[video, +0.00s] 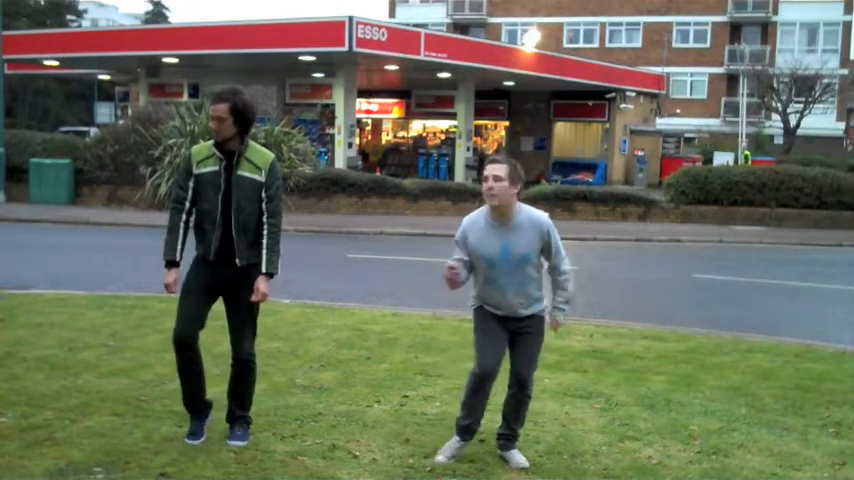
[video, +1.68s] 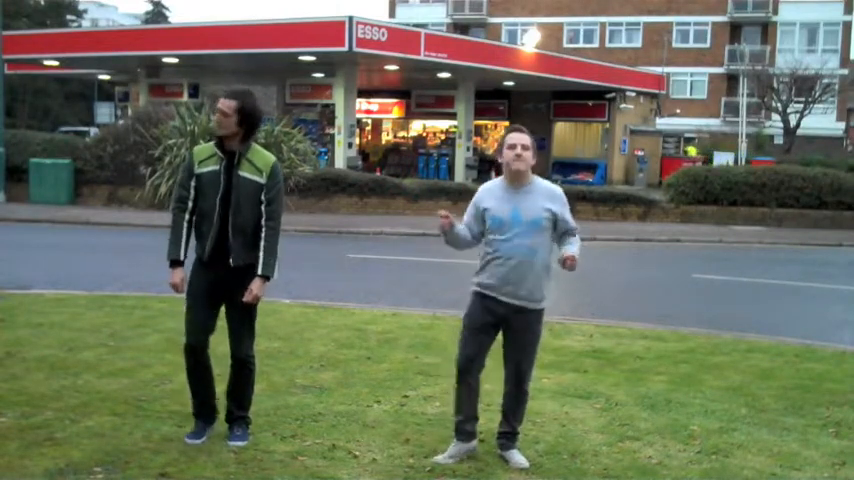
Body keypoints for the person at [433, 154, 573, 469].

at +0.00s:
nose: (489, 185)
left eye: (497, 180)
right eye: (486, 179)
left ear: (516, 187)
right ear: (481, 185)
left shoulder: (540, 223)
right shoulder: (471, 225)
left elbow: (560, 267)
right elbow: (462, 264)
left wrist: (558, 308)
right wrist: (455, 275)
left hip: (530, 316)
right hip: (489, 313)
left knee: (523, 381)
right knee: (485, 371)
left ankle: (508, 444)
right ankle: (462, 436)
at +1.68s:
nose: (518, 152)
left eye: (524, 148)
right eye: (512, 147)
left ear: (534, 157)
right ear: (501, 155)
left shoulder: (553, 195)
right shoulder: (486, 194)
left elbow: (569, 235)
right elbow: (468, 237)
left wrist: (570, 252)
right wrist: (450, 230)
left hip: (529, 303)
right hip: (487, 296)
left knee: (519, 377)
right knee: (466, 363)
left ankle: (508, 444)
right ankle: (464, 439)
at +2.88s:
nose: (516, 171)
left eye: (523, 166)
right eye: (510, 165)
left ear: (533, 174)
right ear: (499, 172)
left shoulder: (549, 213)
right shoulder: (486, 201)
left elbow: (567, 256)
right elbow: (473, 238)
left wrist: (559, 269)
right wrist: (455, 243)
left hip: (527, 309)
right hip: (489, 297)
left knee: (518, 380)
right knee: (446, 338)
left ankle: (506, 444)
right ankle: (457, 410)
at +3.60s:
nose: (502, 172)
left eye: (510, 167)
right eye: (498, 166)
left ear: (526, 173)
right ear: (493, 171)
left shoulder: (547, 210)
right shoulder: (483, 203)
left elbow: (571, 254)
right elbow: (466, 237)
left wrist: (579, 236)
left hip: (527, 310)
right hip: (486, 302)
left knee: (515, 381)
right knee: (454, 355)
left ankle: (507, 445)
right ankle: (452, 434)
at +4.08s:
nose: (501, 201)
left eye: (507, 194)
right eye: (495, 195)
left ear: (518, 188)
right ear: (485, 190)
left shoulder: (539, 206)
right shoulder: (478, 203)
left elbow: (583, 212)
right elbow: (457, 208)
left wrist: (625, 217)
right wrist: (428, 206)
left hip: (522, 307)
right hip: (482, 300)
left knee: (514, 376)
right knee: (456, 343)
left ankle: (505, 444)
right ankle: (456, 419)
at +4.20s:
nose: (499, 206)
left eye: (506, 200)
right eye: (493, 200)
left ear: (519, 202)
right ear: (485, 201)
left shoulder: (538, 233)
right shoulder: (477, 229)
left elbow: (572, 266)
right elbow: (452, 256)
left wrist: (605, 292)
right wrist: (415, 267)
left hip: (524, 322)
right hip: (484, 315)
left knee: (510, 385)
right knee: (454, 368)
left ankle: (504, 447)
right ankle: (451, 446)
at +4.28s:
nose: (508, 187)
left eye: (515, 183)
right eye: (503, 181)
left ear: (525, 191)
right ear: (492, 188)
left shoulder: (542, 228)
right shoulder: (477, 224)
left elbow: (568, 271)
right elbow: (447, 258)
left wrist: (604, 303)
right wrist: (409, 270)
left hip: (524, 326)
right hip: (481, 321)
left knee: (514, 392)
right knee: (457, 378)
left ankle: (505, 447)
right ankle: (456, 450)